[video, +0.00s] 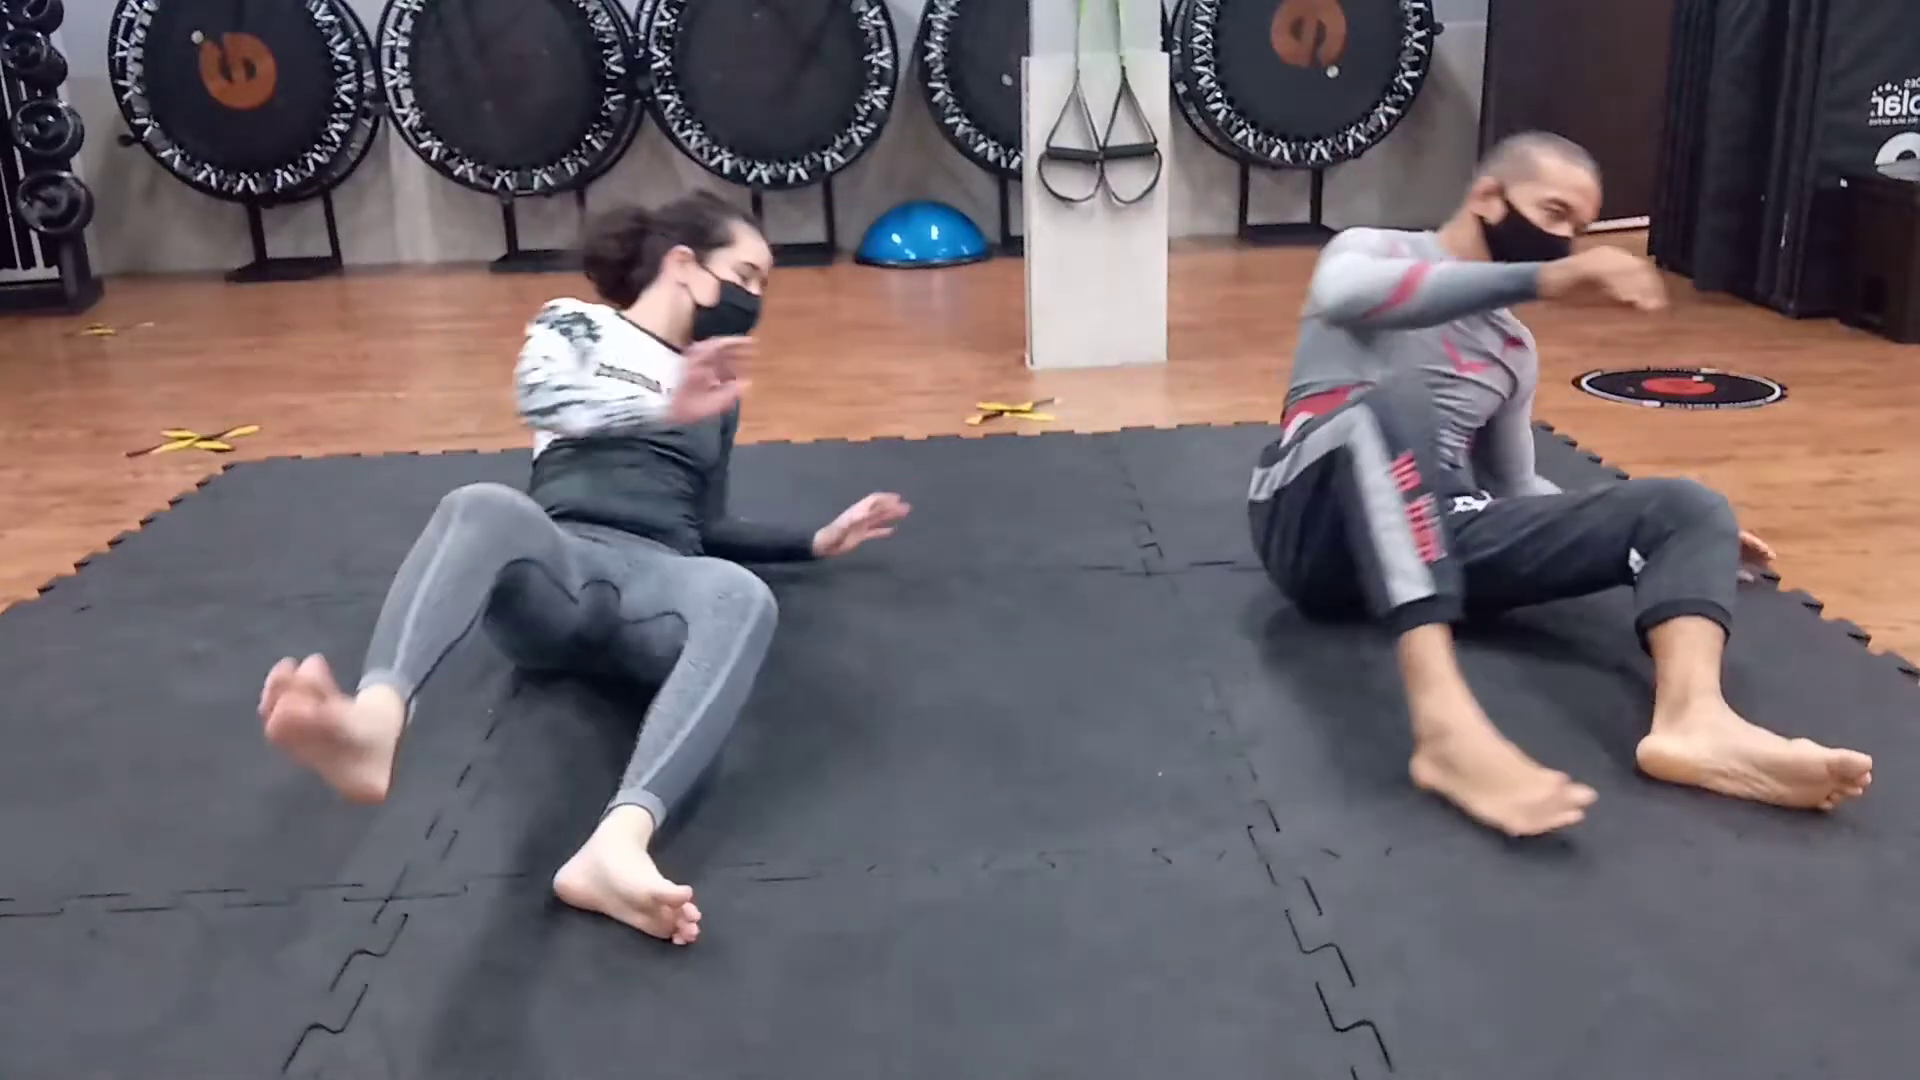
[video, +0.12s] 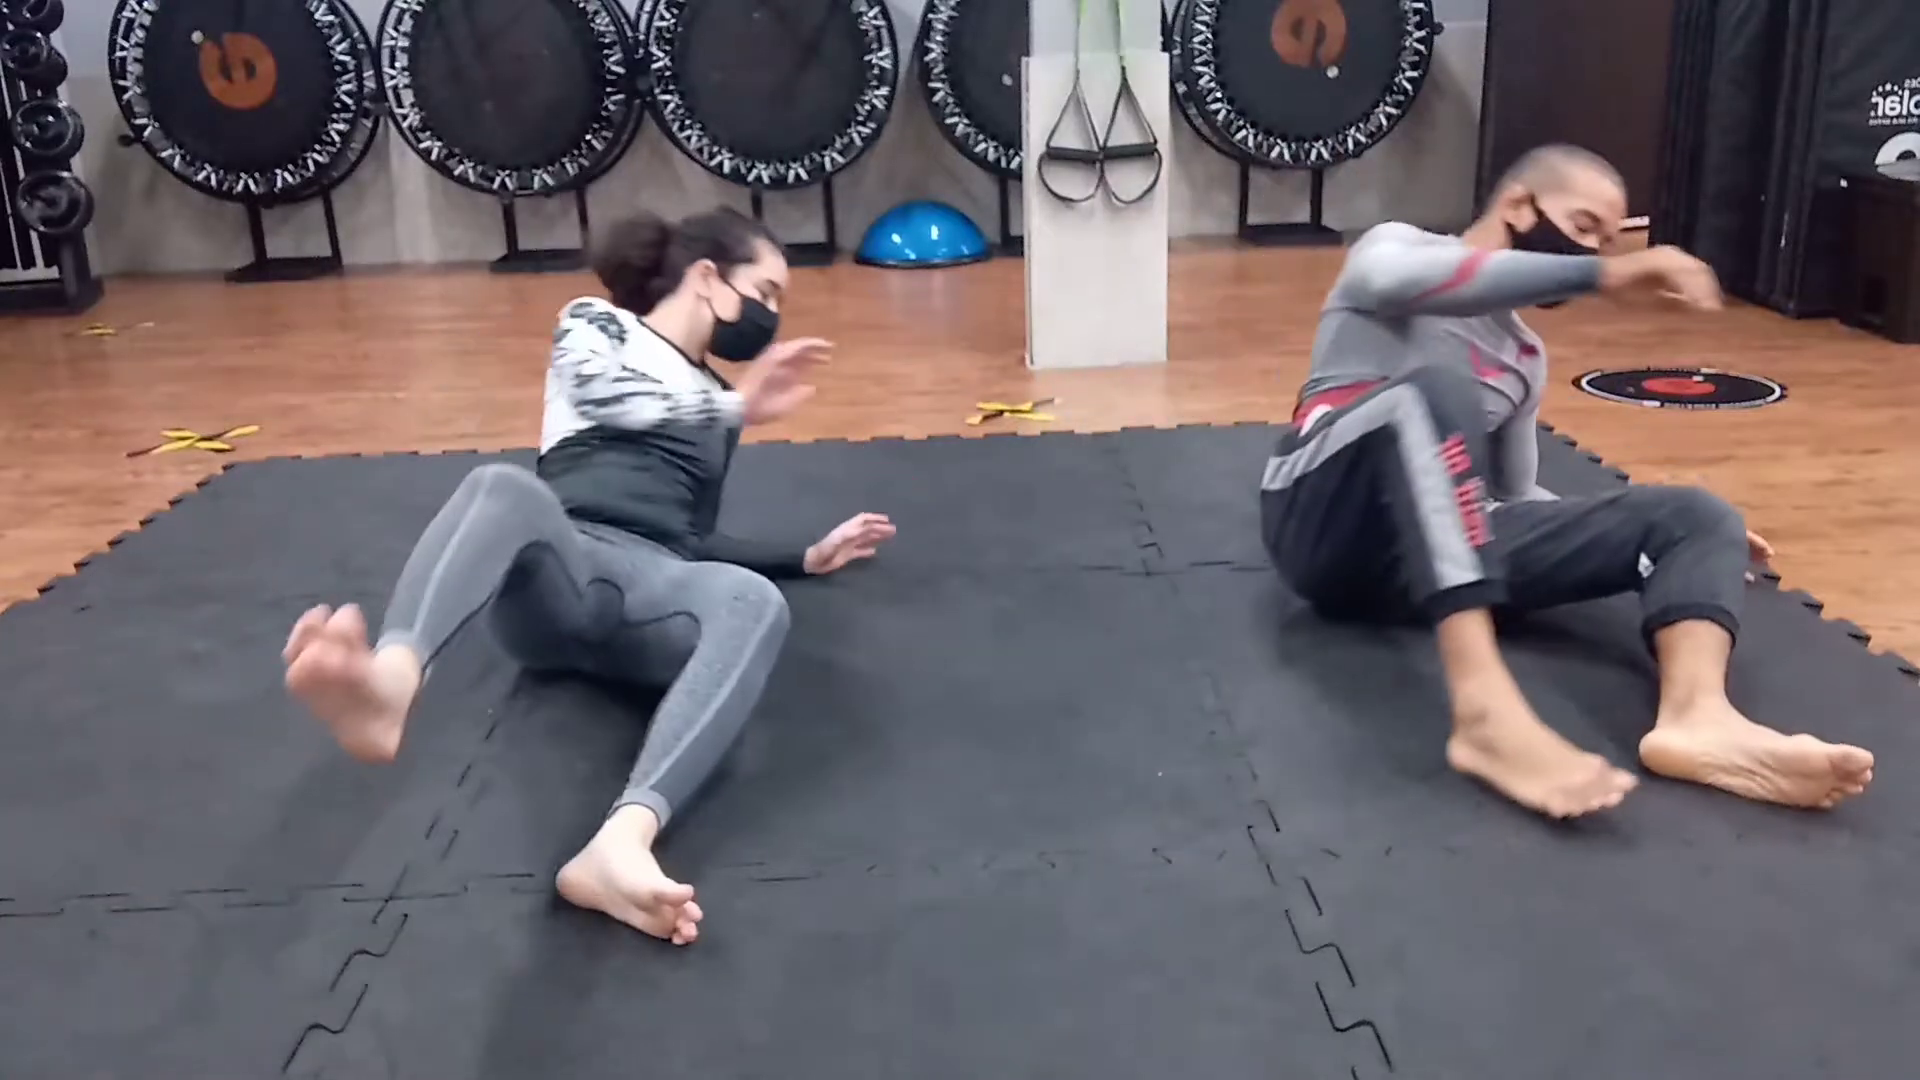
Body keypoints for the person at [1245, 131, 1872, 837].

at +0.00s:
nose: (1562, 244)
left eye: (1580, 231)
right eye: (1550, 214)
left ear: (1581, 245)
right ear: (1485, 194)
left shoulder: (1513, 353)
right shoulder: (1370, 248)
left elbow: (1520, 498)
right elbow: (1345, 299)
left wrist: (1693, 544)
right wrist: (1542, 278)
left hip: (1451, 538)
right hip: (1321, 532)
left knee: (1688, 506)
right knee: (1383, 404)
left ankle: (1691, 714)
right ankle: (1445, 725)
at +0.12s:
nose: (1586, 252)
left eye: (1605, 243)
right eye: (1573, 224)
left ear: (1609, 256)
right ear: (1513, 206)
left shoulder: (1523, 358)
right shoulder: (1394, 247)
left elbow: (1518, 500)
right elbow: (1401, 284)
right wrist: (1604, 273)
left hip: (1449, 557)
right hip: (1329, 535)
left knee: (1698, 516)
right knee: (1420, 394)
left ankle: (1694, 713)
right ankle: (1485, 711)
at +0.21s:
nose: (1611, 261)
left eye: (1624, 253)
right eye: (1597, 233)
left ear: (1618, 269)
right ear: (1530, 215)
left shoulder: (1529, 361)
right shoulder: (1410, 247)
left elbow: (1523, 501)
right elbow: (1428, 273)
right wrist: (1633, 274)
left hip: (1445, 563)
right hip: (1333, 529)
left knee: (1702, 522)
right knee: (1456, 383)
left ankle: (1695, 710)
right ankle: (1506, 700)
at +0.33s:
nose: (1617, 266)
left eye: (1632, 259)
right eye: (1611, 242)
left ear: (1621, 280)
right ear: (1554, 219)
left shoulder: (1537, 358)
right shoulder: (1436, 251)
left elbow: (1537, 497)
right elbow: (1491, 260)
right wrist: (1681, 278)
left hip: (1451, 561)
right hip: (1343, 520)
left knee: (1708, 533)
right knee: (1489, 376)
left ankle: (1695, 711)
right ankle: (1529, 687)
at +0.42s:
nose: (1644, 278)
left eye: (1654, 270)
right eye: (1639, 249)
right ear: (1578, 224)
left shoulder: (1542, 357)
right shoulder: (1457, 246)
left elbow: (1557, 499)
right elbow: (1537, 257)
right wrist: (1710, 284)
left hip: (1449, 559)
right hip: (1348, 510)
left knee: (1714, 546)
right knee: (1537, 370)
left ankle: (1696, 712)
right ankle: (1533, 682)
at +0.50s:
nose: (1664, 288)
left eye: (1676, 277)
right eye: (1658, 259)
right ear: (1600, 232)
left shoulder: (1556, 362)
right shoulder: (1478, 248)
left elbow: (1575, 506)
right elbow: (1578, 255)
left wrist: (1692, 540)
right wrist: (1735, 296)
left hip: (1447, 555)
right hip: (1358, 497)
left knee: (1717, 560)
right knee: (1572, 378)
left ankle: (1696, 710)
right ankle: (1539, 685)